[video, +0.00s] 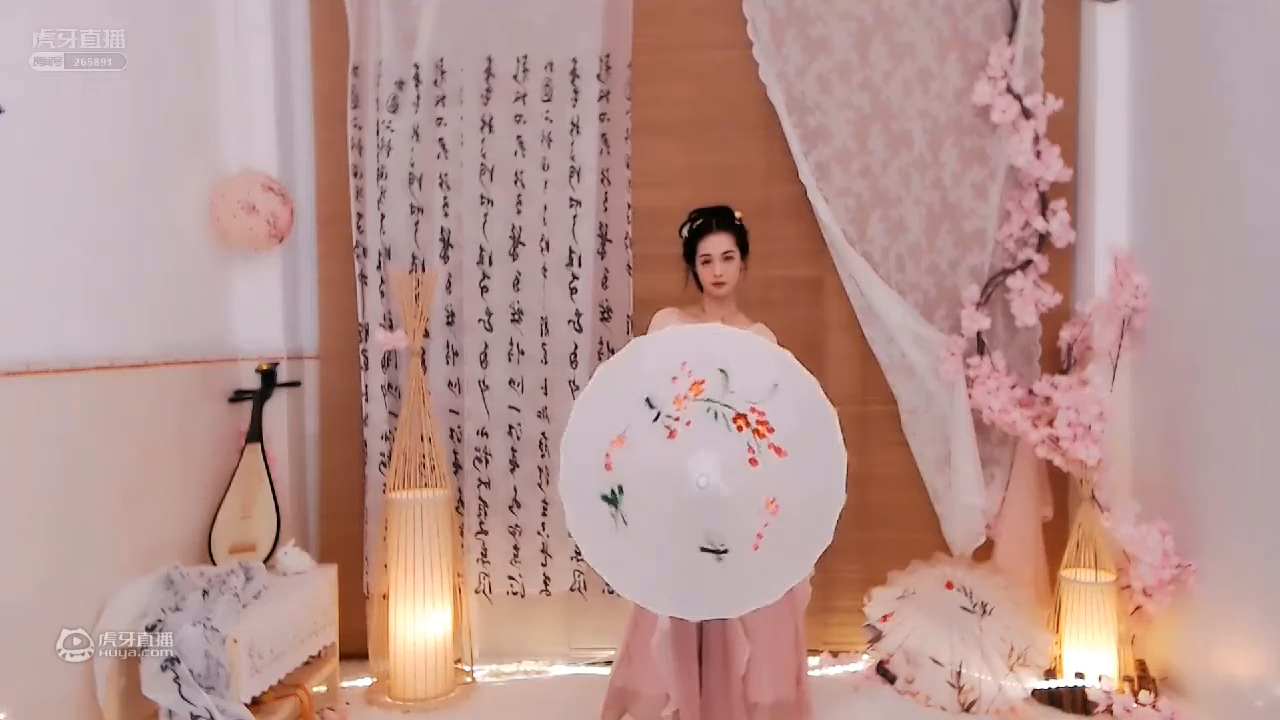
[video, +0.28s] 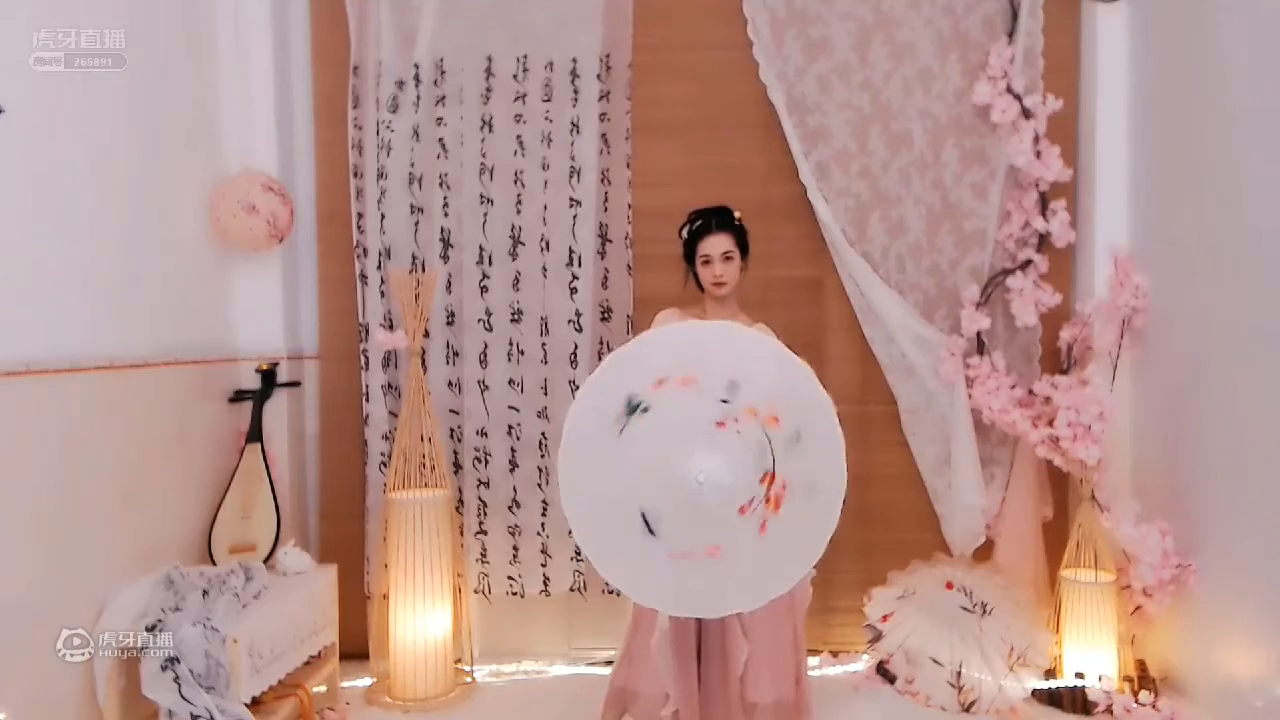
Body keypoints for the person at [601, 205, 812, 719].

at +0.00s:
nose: (717, 270)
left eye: (727, 257)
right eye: (706, 260)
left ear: (743, 262)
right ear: (692, 266)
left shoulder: (760, 335)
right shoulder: (669, 323)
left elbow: (779, 424)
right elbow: (649, 410)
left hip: (744, 489)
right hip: (680, 486)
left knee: (743, 607)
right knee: (678, 606)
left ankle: (741, 710)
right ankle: (678, 711)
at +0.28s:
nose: (717, 270)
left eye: (727, 258)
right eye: (706, 260)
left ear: (743, 263)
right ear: (692, 266)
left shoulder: (760, 335)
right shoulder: (670, 322)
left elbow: (781, 416)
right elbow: (649, 407)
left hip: (745, 478)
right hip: (678, 474)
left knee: (743, 595)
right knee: (678, 594)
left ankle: (741, 708)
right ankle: (675, 709)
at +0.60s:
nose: (718, 270)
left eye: (729, 258)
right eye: (708, 260)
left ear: (745, 263)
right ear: (695, 268)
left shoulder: (761, 339)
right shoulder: (673, 337)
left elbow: (786, 430)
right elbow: (651, 421)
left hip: (750, 485)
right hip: (683, 483)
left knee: (747, 605)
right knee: (683, 606)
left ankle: (747, 709)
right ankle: (679, 710)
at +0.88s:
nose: (719, 271)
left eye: (729, 258)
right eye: (708, 260)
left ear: (745, 263)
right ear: (695, 267)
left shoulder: (766, 339)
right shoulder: (672, 336)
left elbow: (790, 428)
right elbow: (646, 421)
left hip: (752, 489)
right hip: (684, 486)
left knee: (748, 609)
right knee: (682, 609)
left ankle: (749, 710)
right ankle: (679, 711)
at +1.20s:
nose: (718, 271)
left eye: (728, 258)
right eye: (707, 261)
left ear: (744, 263)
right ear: (694, 267)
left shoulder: (766, 343)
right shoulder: (671, 333)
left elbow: (796, 430)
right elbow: (635, 415)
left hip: (752, 499)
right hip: (682, 498)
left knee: (750, 618)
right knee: (681, 620)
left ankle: (747, 712)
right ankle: (677, 713)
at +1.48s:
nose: (716, 271)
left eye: (726, 258)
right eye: (706, 261)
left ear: (743, 263)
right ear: (693, 268)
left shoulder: (760, 338)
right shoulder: (672, 336)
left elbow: (785, 428)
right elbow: (647, 421)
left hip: (746, 493)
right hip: (683, 490)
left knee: (745, 607)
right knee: (680, 608)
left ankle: (744, 710)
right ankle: (677, 711)